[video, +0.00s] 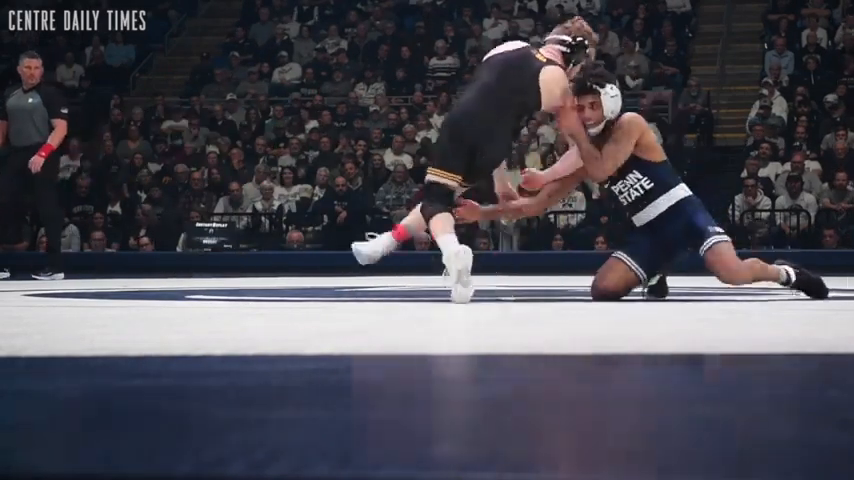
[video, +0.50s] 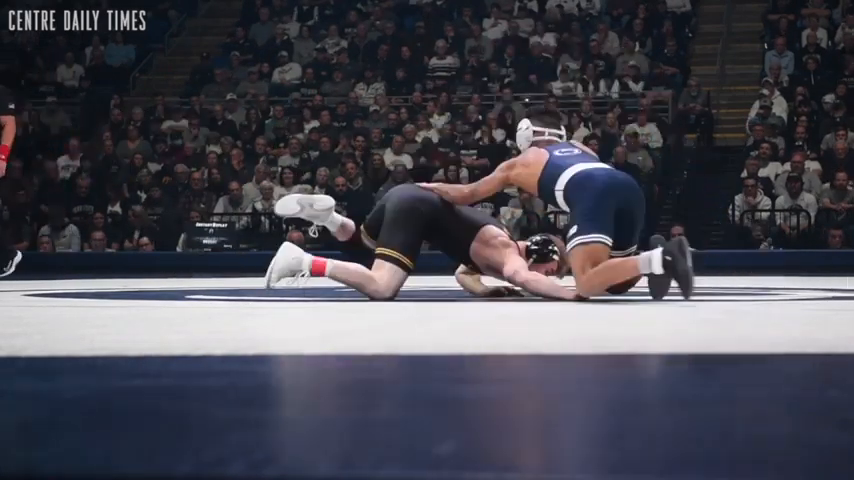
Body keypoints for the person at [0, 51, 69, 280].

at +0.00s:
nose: (32, 72)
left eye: (36, 68)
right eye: (27, 68)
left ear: (42, 70)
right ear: (19, 70)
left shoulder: (49, 94)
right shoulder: (9, 96)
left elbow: (61, 128)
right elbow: (3, 128)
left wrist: (42, 154)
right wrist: (3, 150)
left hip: (42, 156)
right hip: (14, 157)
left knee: (47, 207)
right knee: (9, 207)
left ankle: (54, 265)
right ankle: (7, 264)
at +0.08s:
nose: (22, 73)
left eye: (26, 68)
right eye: (18, 68)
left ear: (32, 71)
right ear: (9, 70)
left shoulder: (41, 94)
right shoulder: (3, 95)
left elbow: (52, 128)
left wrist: (33, 154)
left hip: (31, 157)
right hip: (6, 159)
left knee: (42, 206)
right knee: (7, 208)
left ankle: (52, 263)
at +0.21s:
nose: (5, 72)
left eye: (9, 68)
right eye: (2, 67)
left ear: (15, 70)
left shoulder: (21, 94)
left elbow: (36, 128)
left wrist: (21, 157)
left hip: (15, 156)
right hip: (5, 157)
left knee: (26, 207)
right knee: (22, 208)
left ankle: (51, 262)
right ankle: (48, 261)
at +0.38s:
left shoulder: (6, 92)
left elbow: (19, 124)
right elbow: (18, 125)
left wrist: (10, 158)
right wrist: (10, 158)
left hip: (4, 167)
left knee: (9, 211)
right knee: (9, 212)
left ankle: (34, 250)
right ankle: (33, 250)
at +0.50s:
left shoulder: (5, 95)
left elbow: (9, 124)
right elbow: (9, 124)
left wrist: (3, 156)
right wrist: (4, 156)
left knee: (3, 211)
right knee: (4, 210)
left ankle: (8, 252)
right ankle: (7, 252)